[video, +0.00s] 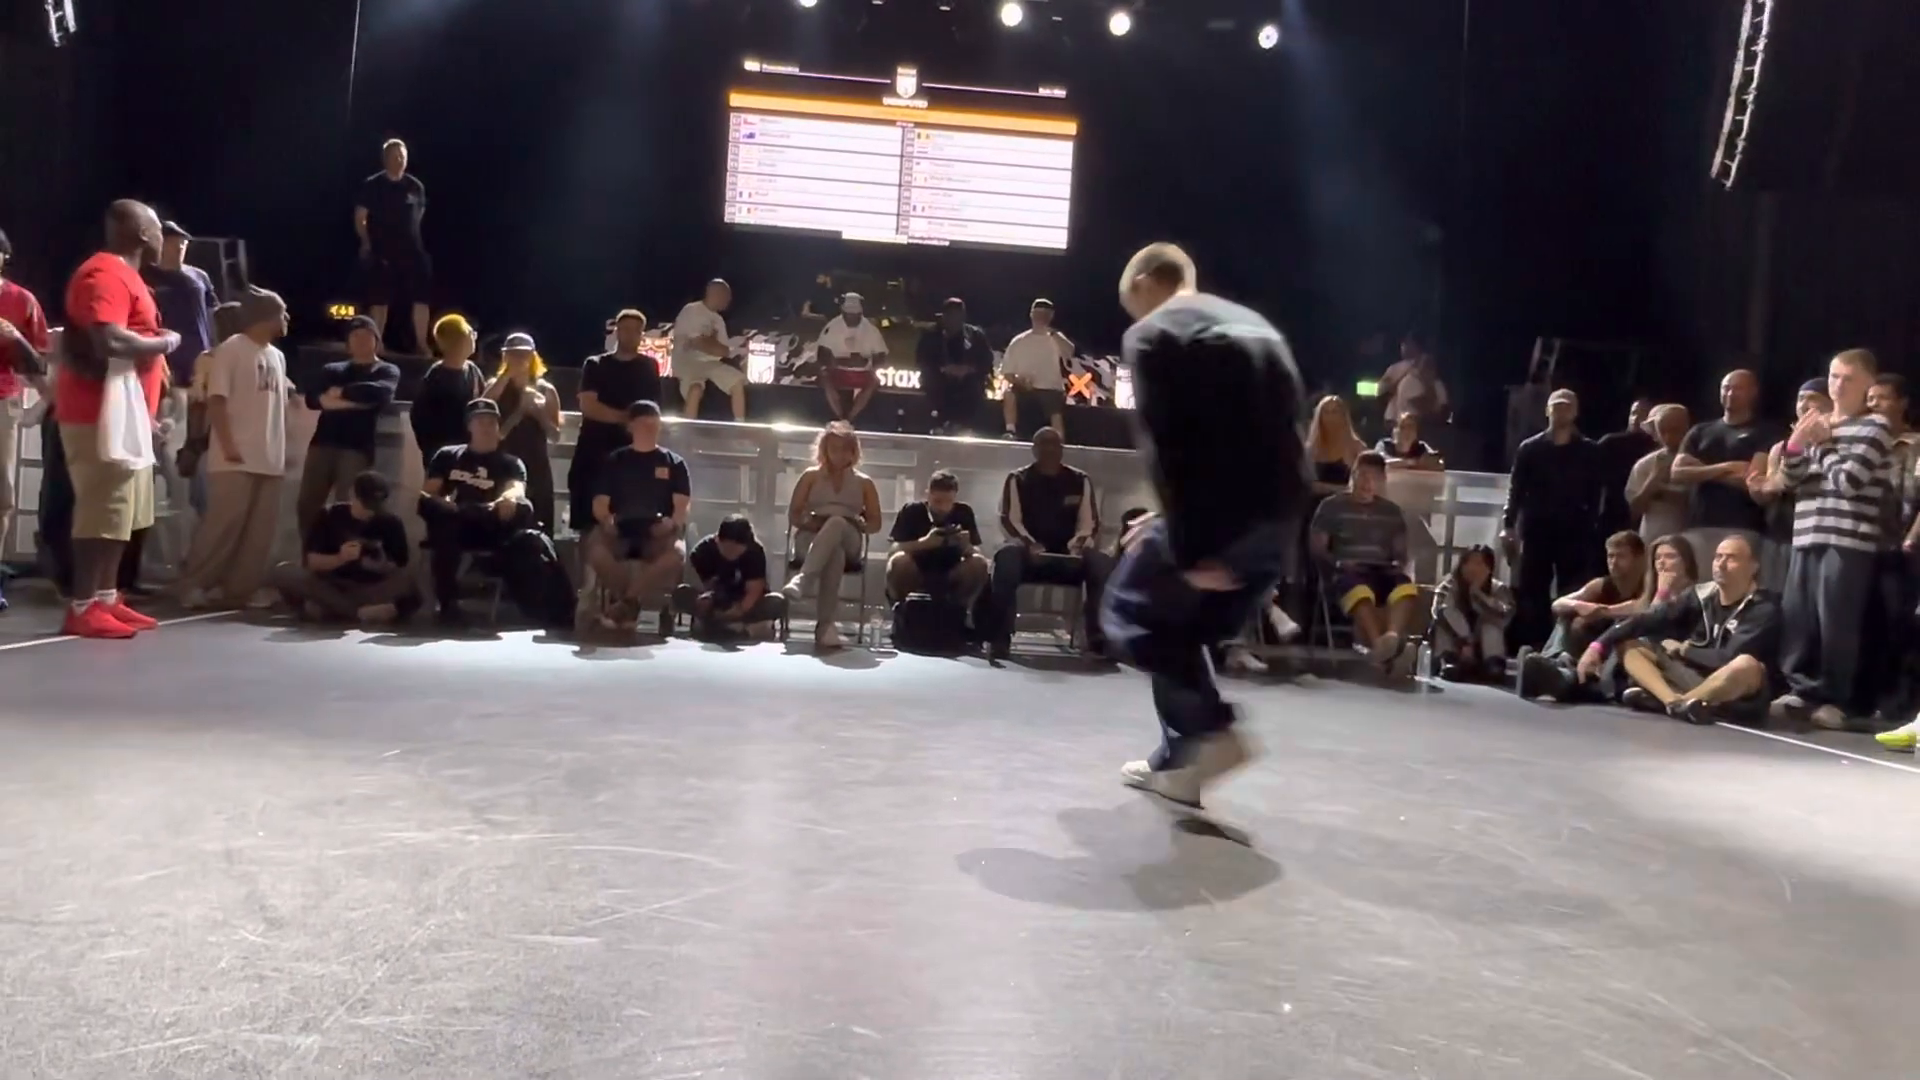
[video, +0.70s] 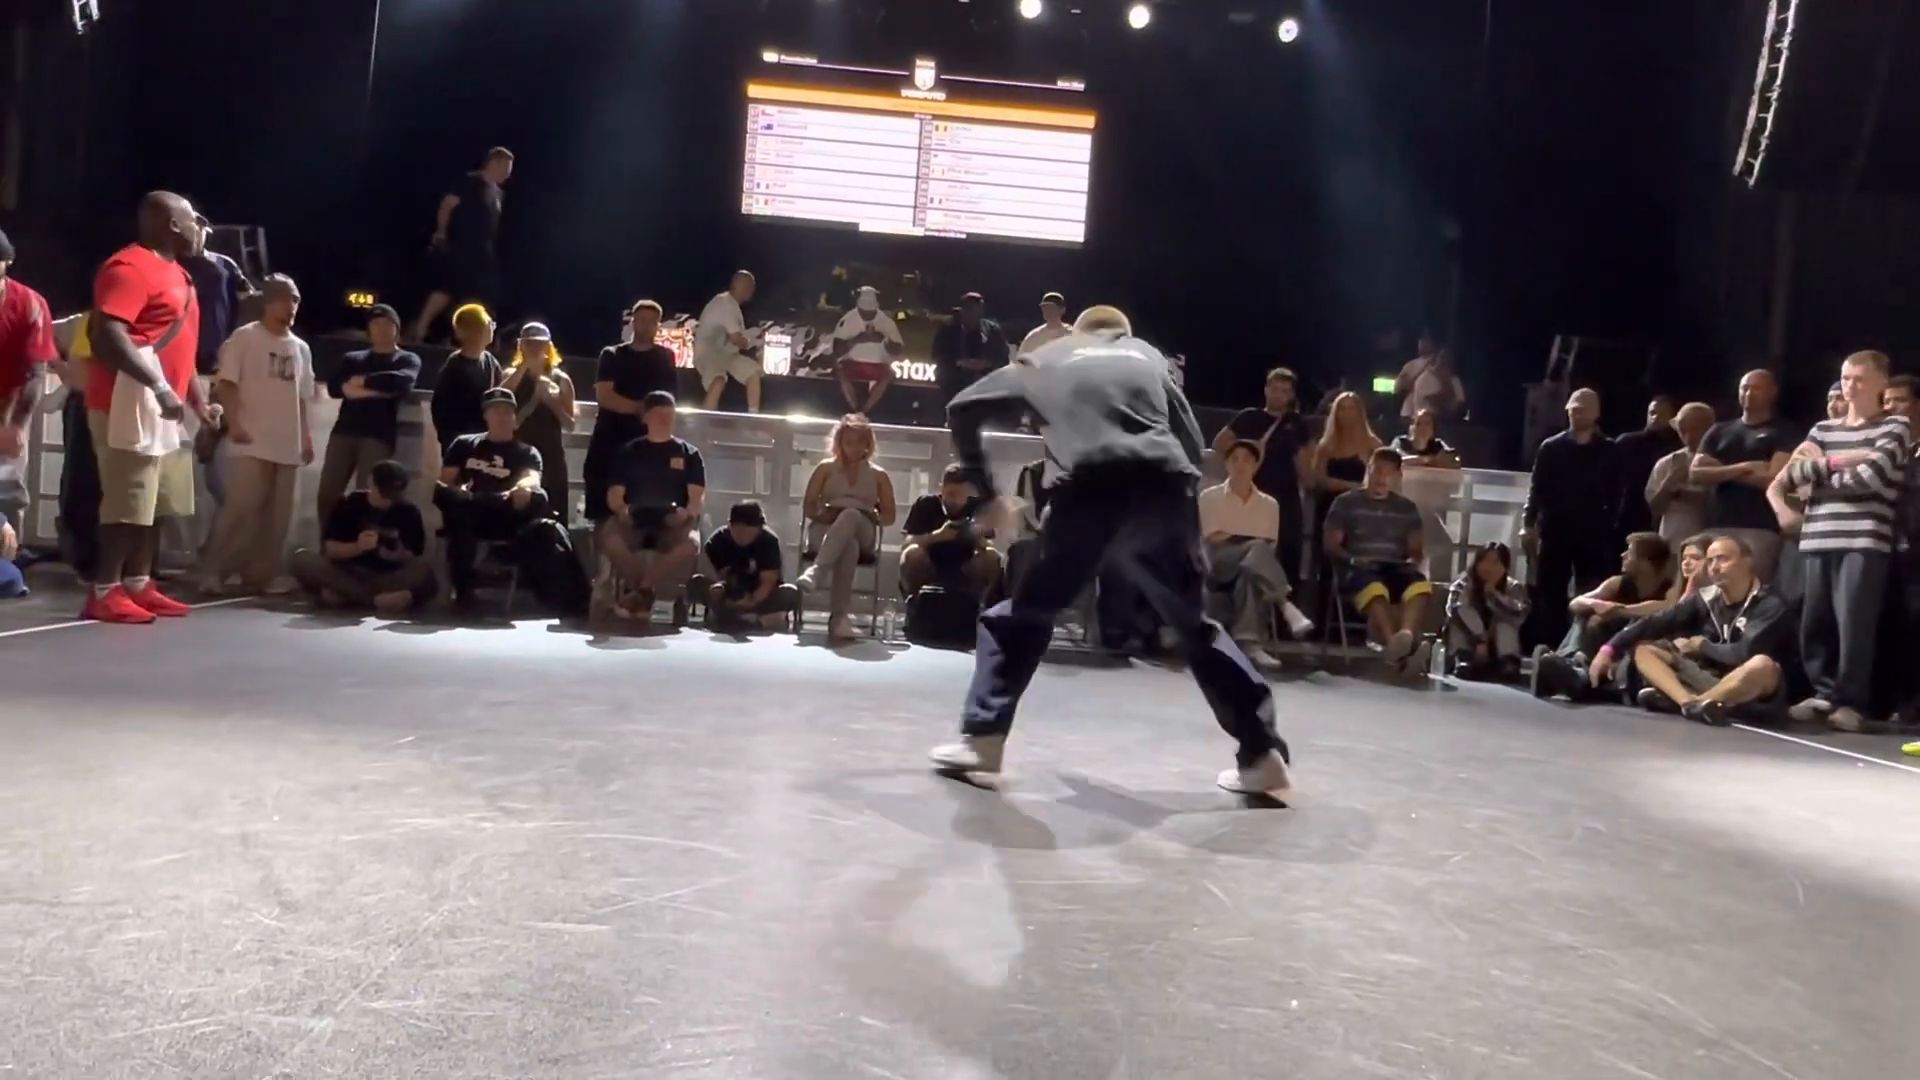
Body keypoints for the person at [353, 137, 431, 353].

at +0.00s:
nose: (399, 161)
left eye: (402, 156)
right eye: (394, 156)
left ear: (406, 159)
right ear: (385, 159)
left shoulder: (416, 187)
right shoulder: (371, 186)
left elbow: (418, 215)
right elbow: (360, 217)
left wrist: (409, 236)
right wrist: (367, 243)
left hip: (411, 251)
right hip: (382, 250)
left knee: (421, 299)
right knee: (379, 300)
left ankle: (422, 345)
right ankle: (376, 345)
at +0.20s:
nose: (422, 157)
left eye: (424, 152)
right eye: (417, 152)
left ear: (427, 155)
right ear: (406, 155)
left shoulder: (431, 183)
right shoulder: (387, 182)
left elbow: (434, 211)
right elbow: (377, 215)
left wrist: (424, 231)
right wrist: (385, 239)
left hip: (426, 244)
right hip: (397, 244)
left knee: (436, 296)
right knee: (389, 296)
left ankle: (441, 344)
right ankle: (384, 340)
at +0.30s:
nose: (440, 158)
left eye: (440, 153)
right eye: (435, 152)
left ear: (440, 157)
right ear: (422, 154)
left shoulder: (441, 184)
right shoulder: (400, 180)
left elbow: (442, 213)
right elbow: (387, 210)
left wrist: (435, 233)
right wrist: (393, 237)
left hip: (434, 244)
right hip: (406, 243)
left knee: (444, 295)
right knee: (395, 296)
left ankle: (453, 342)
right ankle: (385, 340)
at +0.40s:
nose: (455, 165)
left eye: (456, 160)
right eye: (452, 159)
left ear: (455, 161)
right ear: (438, 158)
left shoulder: (452, 188)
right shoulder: (415, 181)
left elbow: (450, 218)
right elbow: (397, 211)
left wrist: (446, 239)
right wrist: (403, 237)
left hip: (443, 246)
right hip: (416, 244)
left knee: (452, 293)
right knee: (403, 293)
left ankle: (451, 338)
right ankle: (391, 334)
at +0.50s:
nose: (474, 167)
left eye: (475, 162)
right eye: (471, 161)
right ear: (458, 161)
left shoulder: (467, 191)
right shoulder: (436, 181)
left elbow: (461, 221)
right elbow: (413, 207)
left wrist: (458, 242)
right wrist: (414, 237)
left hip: (455, 249)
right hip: (429, 246)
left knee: (457, 294)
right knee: (412, 292)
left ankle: (458, 340)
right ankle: (395, 332)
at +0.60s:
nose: (491, 171)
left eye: (493, 166)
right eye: (489, 165)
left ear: (490, 166)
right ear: (477, 162)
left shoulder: (482, 192)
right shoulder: (454, 181)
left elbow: (475, 221)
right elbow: (430, 207)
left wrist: (473, 243)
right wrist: (427, 235)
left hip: (468, 249)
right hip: (443, 246)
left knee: (466, 296)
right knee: (423, 291)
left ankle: (461, 341)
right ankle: (400, 333)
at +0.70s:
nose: (508, 171)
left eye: (509, 167)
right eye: (505, 165)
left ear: (507, 168)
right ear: (492, 163)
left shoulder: (498, 192)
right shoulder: (471, 181)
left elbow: (489, 221)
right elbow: (448, 204)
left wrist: (487, 244)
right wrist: (441, 231)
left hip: (484, 248)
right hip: (460, 244)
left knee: (483, 293)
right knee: (446, 288)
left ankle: (479, 339)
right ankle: (420, 329)